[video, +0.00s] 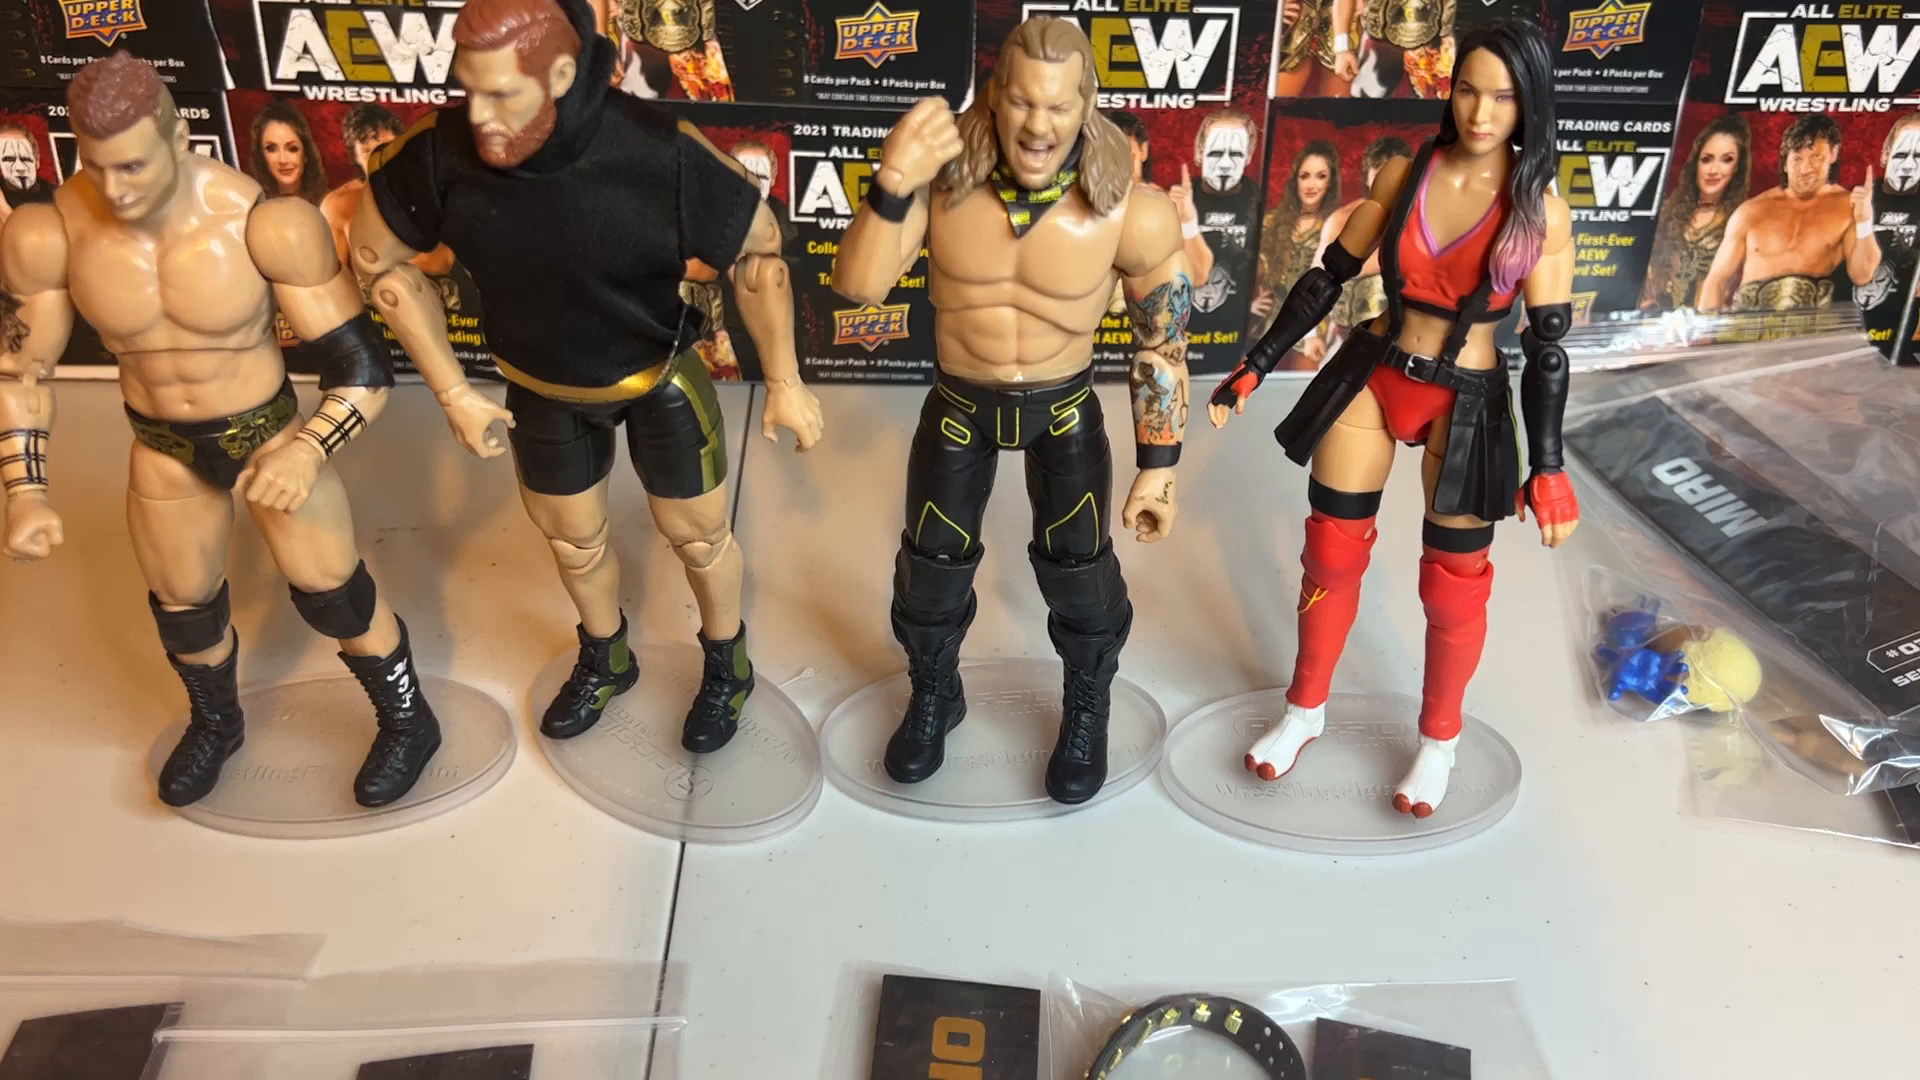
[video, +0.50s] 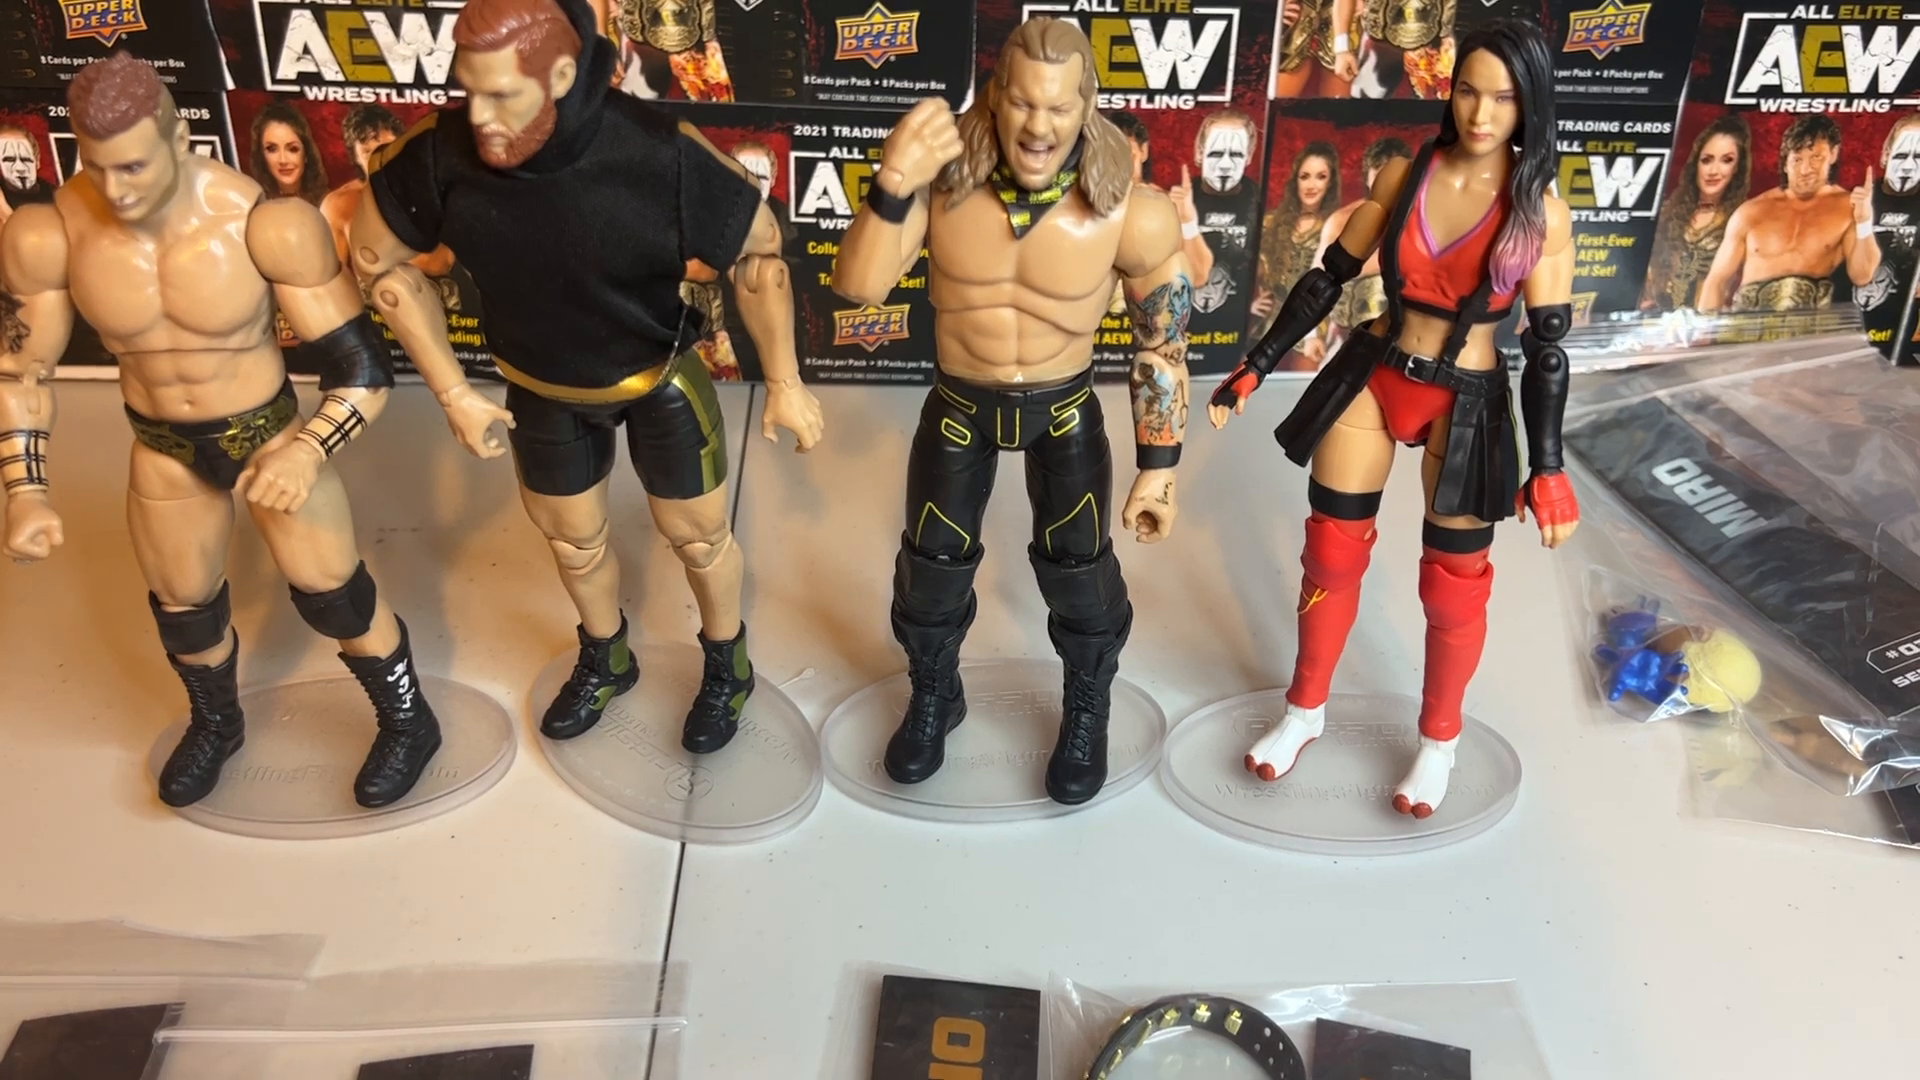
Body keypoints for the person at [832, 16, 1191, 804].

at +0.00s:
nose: (1039, 125)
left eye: (1059, 107)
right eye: (1023, 103)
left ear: (1086, 105)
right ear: (994, 94)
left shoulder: (1130, 207)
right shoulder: (943, 176)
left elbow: (1162, 337)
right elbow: (857, 285)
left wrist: (1160, 462)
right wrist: (891, 188)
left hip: (1064, 406)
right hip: (958, 402)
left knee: (1077, 567)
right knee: (932, 561)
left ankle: (1085, 712)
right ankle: (932, 699)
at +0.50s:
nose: (1039, 126)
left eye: (1059, 108)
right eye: (1023, 104)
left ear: (1086, 106)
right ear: (994, 95)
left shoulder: (1130, 207)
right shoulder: (943, 176)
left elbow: (1162, 337)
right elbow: (857, 285)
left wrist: (1161, 463)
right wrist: (892, 188)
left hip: (1064, 408)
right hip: (958, 403)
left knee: (1078, 568)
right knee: (932, 562)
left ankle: (1086, 714)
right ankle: (932, 698)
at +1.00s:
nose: (1039, 126)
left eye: (1059, 108)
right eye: (1024, 104)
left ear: (1086, 106)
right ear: (995, 95)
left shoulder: (1129, 207)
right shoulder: (943, 176)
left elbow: (1162, 336)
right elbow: (857, 287)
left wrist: (1161, 463)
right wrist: (892, 189)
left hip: (1064, 407)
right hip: (959, 403)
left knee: (1078, 568)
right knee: (932, 562)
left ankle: (1086, 714)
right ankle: (932, 699)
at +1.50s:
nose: (1040, 126)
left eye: (1060, 108)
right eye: (1024, 104)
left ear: (1086, 106)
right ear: (995, 95)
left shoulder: (1129, 206)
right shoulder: (943, 175)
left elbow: (1162, 337)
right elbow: (858, 286)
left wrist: (1161, 464)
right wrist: (892, 187)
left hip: (1064, 408)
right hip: (958, 402)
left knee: (1077, 567)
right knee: (933, 561)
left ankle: (1086, 712)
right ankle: (933, 697)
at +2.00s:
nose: (1039, 126)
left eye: (1059, 109)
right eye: (1023, 104)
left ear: (1086, 106)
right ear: (994, 94)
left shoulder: (1129, 207)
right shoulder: (943, 176)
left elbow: (1162, 337)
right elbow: (857, 287)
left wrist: (1161, 464)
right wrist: (892, 189)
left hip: (1064, 408)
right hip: (958, 403)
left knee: (1077, 568)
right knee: (932, 562)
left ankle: (1086, 712)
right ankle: (932, 699)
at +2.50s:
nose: (1039, 126)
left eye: (1059, 109)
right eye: (1024, 104)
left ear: (1086, 106)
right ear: (994, 95)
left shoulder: (1129, 207)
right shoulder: (943, 176)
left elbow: (1162, 337)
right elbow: (857, 286)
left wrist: (1161, 463)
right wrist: (892, 189)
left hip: (1064, 408)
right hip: (958, 403)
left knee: (1077, 568)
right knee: (932, 562)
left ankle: (1086, 712)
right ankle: (932, 699)